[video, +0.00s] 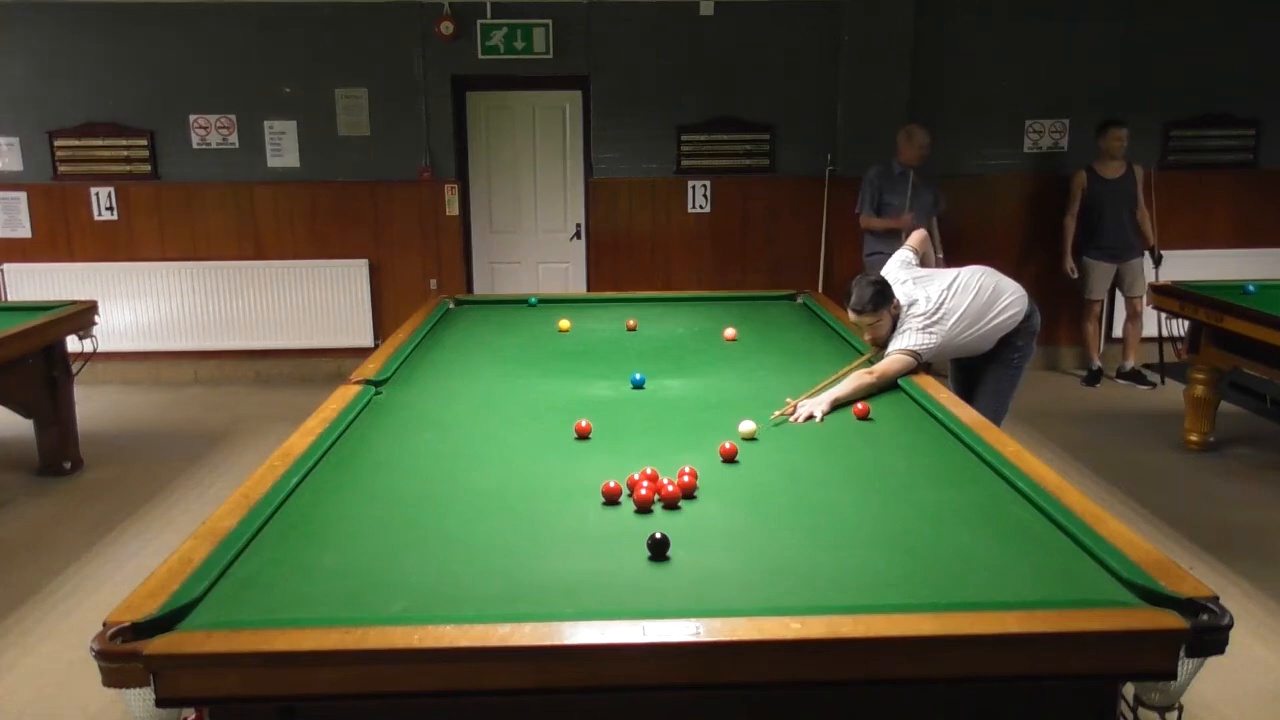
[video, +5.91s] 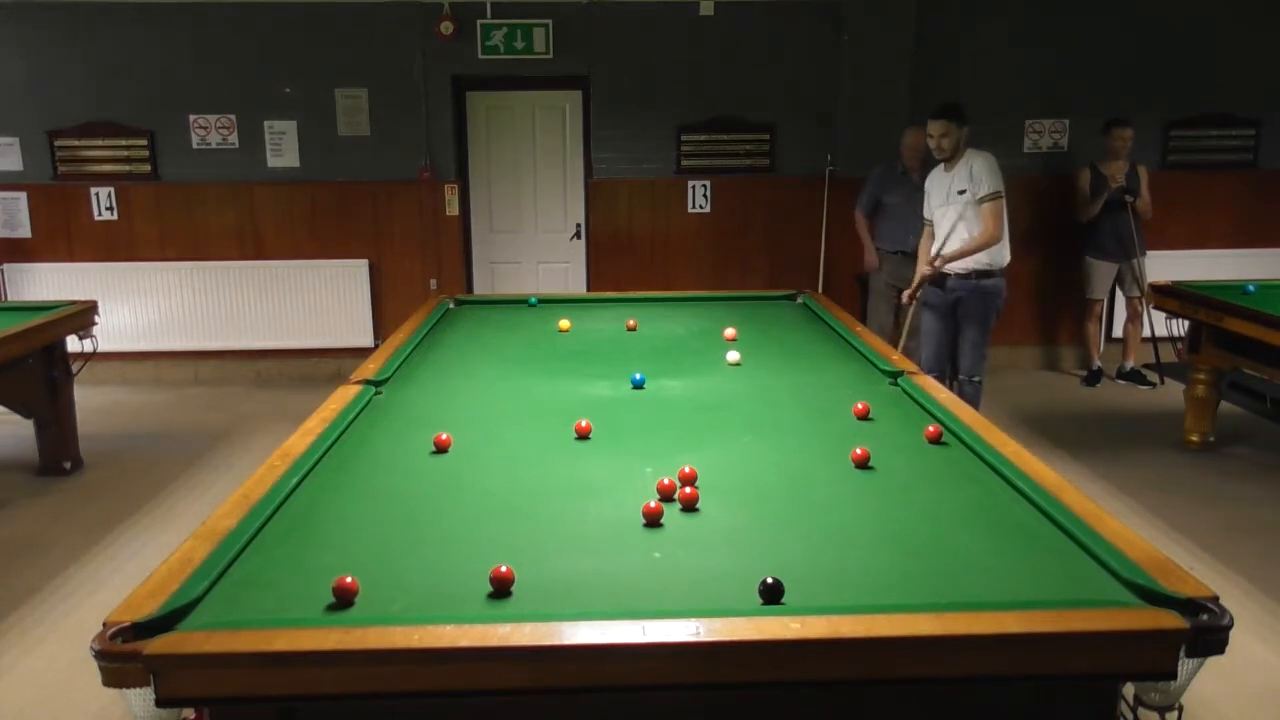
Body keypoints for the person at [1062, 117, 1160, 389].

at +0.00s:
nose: (1122, 144)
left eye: (1124, 139)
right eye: (1116, 139)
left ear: (1127, 142)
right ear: (1101, 142)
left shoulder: (1134, 172)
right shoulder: (1084, 176)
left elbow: (1141, 210)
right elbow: (1071, 216)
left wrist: (1152, 244)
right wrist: (1067, 255)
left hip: (1131, 253)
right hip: (1097, 253)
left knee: (1136, 310)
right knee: (1093, 311)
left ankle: (1128, 366)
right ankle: (1094, 365)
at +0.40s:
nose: (1117, 151)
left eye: (1121, 145)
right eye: (1113, 145)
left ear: (1126, 145)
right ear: (1102, 144)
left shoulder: (1134, 172)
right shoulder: (1085, 175)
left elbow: (1141, 207)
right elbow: (1072, 214)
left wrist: (1147, 226)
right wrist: (1086, 227)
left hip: (1130, 252)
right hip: (1098, 253)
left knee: (1136, 310)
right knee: (1094, 311)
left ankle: (1128, 366)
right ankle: (1094, 365)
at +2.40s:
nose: (1121, 147)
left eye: (1124, 142)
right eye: (1116, 141)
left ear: (1129, 143)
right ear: (1104, 141)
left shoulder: (1135, 172)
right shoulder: (1087, 174)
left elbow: (1146, 212)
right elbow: (1082, 215)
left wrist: (1132, 196)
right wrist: (1105, 192)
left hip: (1130, 251)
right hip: (1098, 251)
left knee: (1135, 309)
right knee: (1093, 309)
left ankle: (1128, 366)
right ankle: (1094, 364)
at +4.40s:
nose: (1117, 142)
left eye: (1121, 137)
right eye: (1112, 137)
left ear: (1128, 140)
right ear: (1104, 140)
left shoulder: (1138, 171)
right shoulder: (1089, 172)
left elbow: (1146, 211)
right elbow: (1082, 214)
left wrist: (1130, 196)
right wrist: (1105, 191)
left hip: (1131, 250)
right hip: (1099, 250)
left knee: (1135, 309)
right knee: (1093, 309)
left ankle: (1128, 366)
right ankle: (1094, 365)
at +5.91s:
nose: (1125, 145)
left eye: (1129, 140)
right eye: (1120, 139)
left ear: (1132, 142)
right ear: (1107, 140)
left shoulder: (1138, 171)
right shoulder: (1089, 173)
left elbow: (1147, 212)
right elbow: (1084, 214)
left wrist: (1132, 197)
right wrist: (1106, 191)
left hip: (1132, 251)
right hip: (1100, 251)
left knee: (1136, 309)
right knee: (1094, 310)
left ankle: (1128, 366)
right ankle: (1094, 365)